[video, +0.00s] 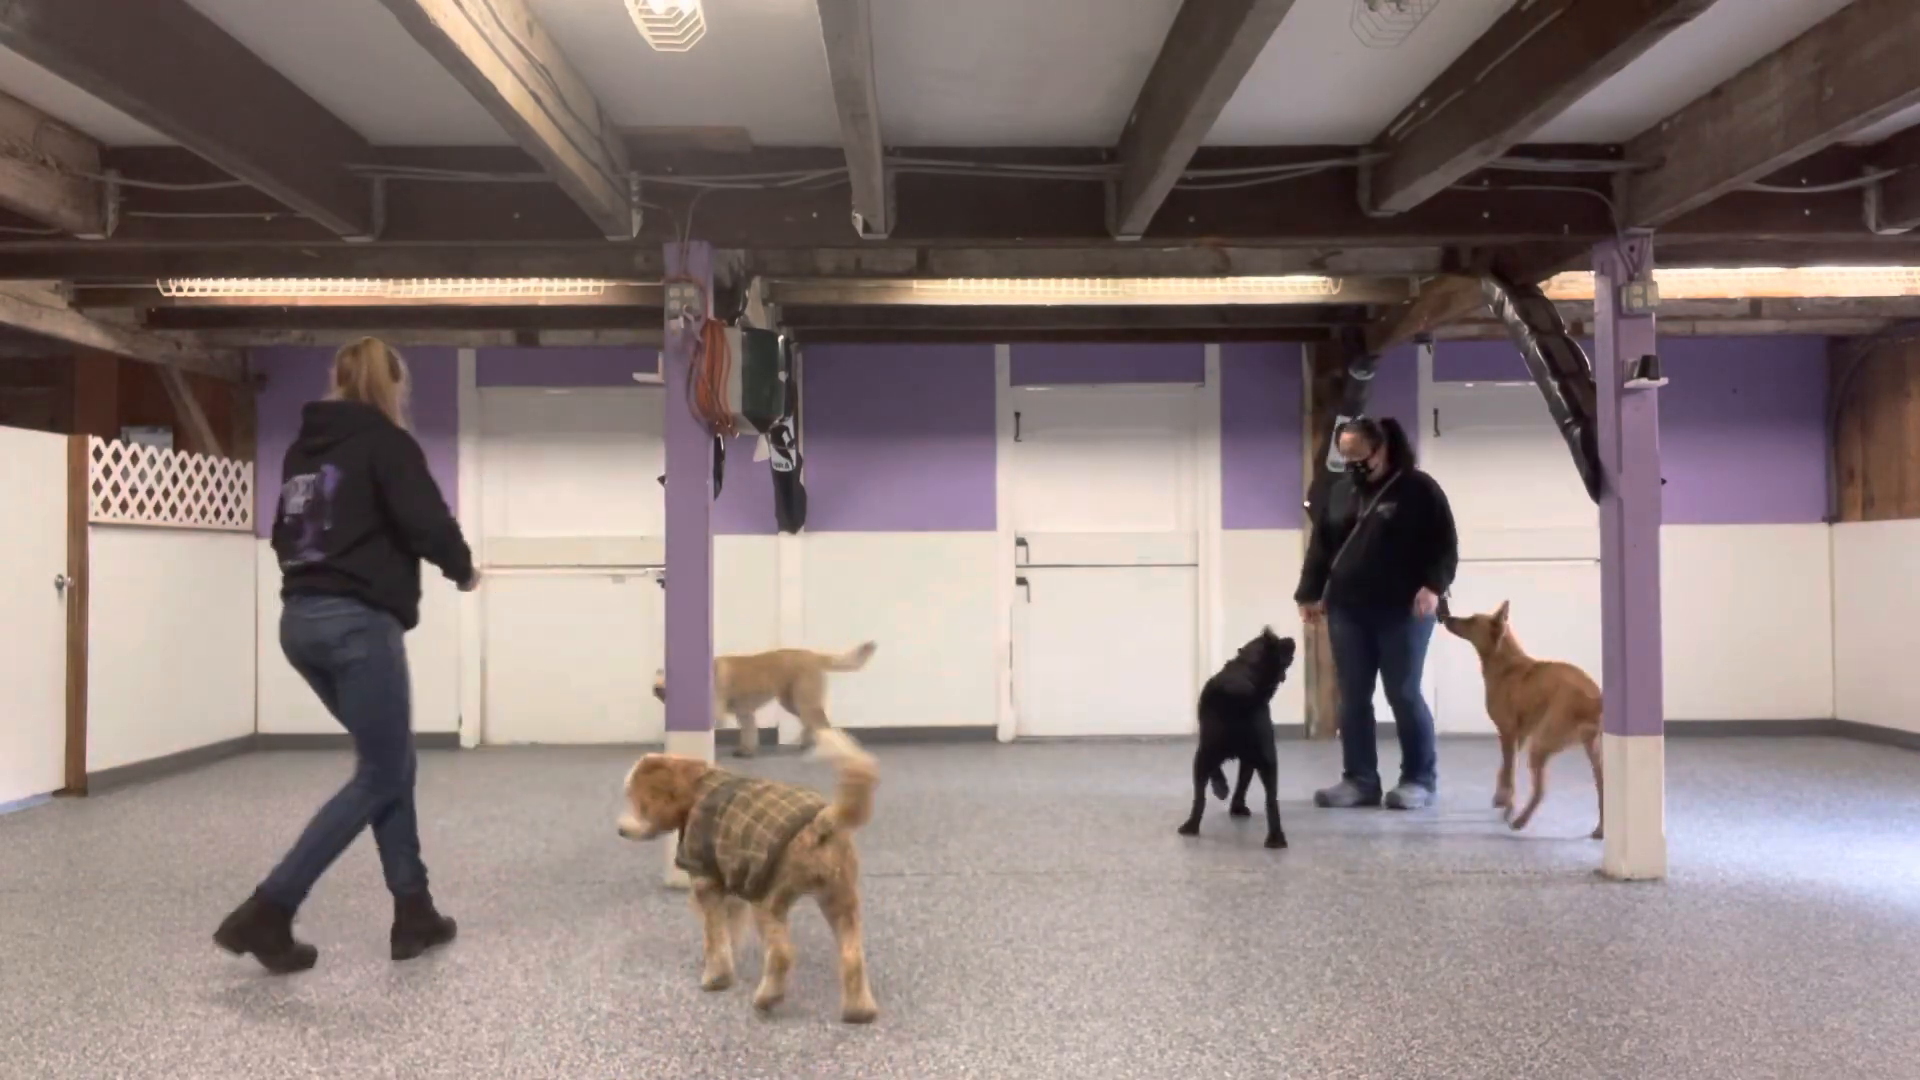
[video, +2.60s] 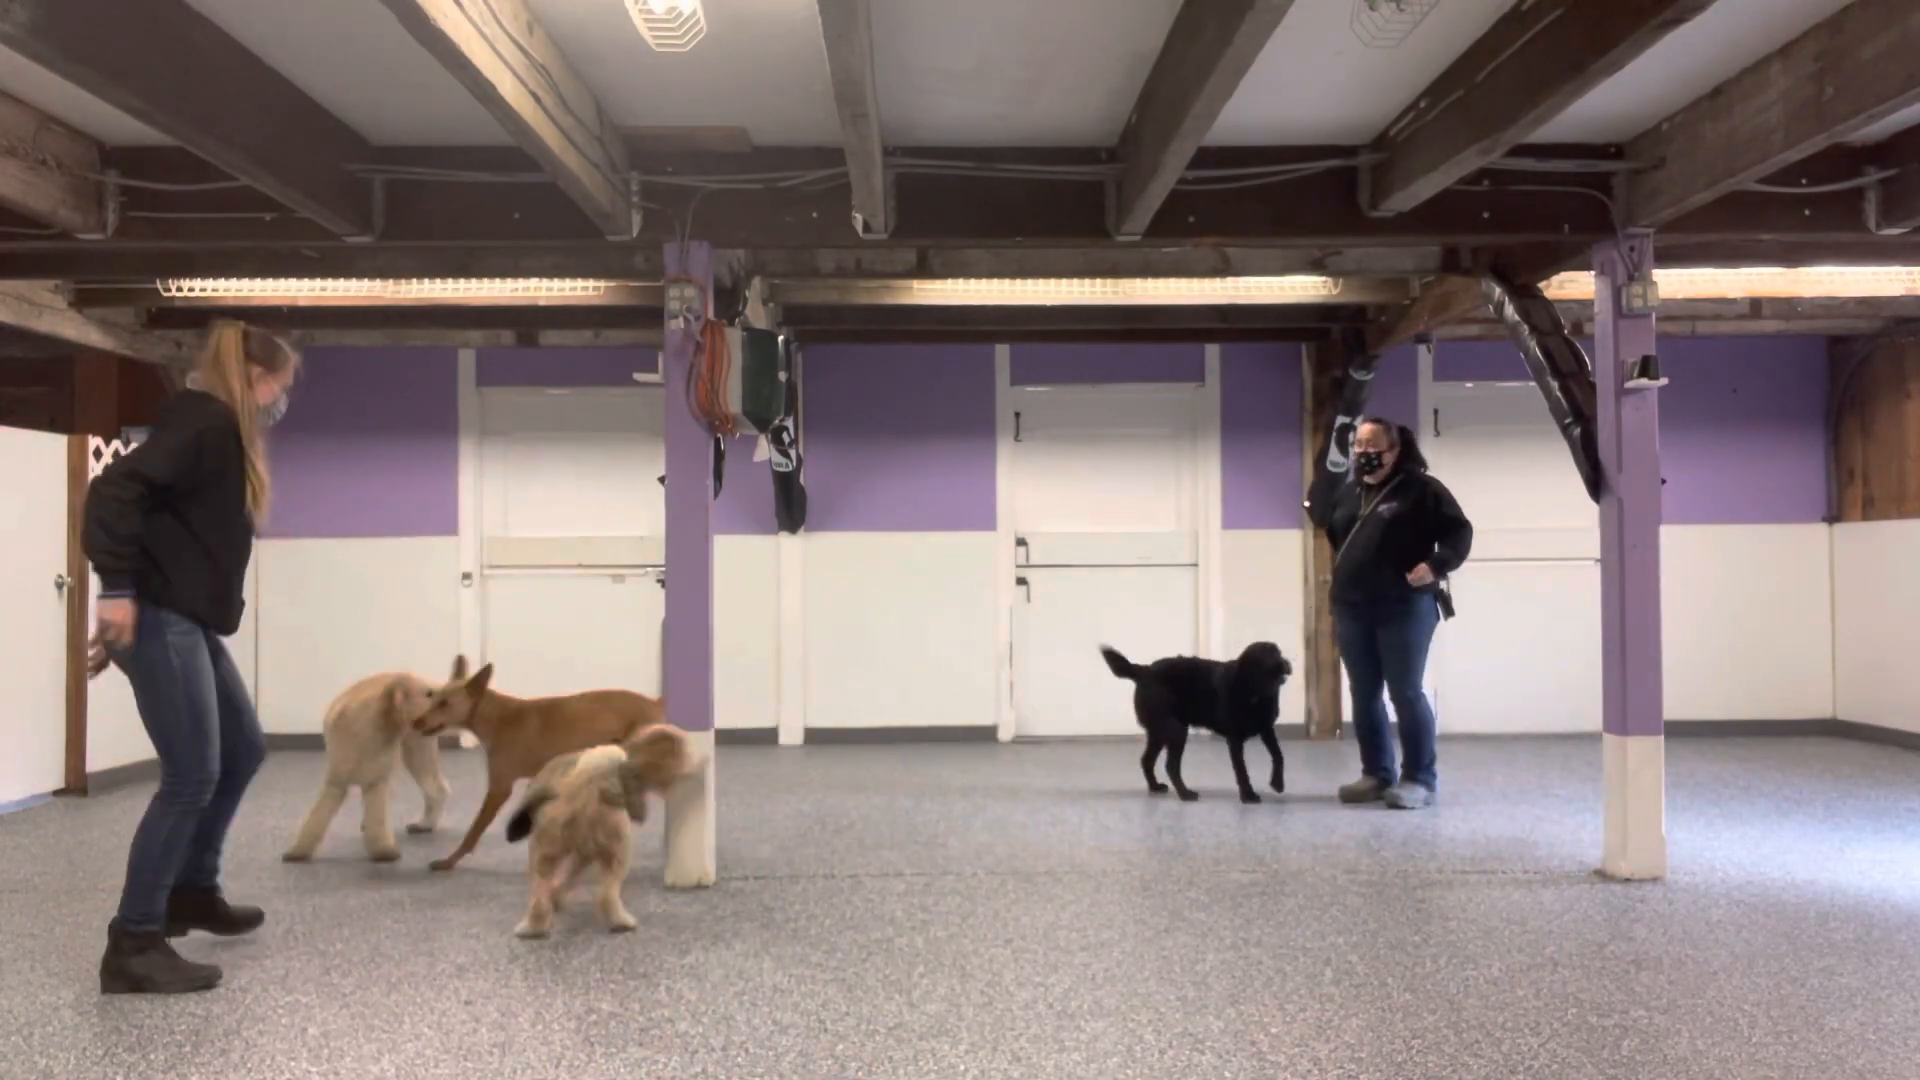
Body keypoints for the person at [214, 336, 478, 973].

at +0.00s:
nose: (406, 395)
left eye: (404, 385)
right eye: (403, 385)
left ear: (340, 382)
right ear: (390, 386)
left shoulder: (304, 446)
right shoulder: (387, 442)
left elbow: (286, 535)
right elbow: (426, 522)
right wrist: (463, 569)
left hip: (301, 621)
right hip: (360, 622)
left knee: (392, 765)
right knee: (383, 773)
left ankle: (413, 911)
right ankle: (267, 911)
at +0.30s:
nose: (365, 405)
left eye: (365, 393)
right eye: (363, 393)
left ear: (304, 383)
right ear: (350, 391)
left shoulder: (262, 437)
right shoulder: (332, 443)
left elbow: (230, 528)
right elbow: (351, 530)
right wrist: (396, 591)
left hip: (236, 621)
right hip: (289, 625)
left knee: (338, 736)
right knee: (309, 779)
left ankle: (325, 893)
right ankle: (231, 930)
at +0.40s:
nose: (349, 405)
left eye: (349, 394)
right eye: (347, 394)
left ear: (287, 385)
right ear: (332, 391)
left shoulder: (247, 438)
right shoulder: (316, 442)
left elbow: (210, 526)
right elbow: (323, 528)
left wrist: (249, 582)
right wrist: (372, 595)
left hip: (223, 619)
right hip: (275, 621)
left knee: (293, 756)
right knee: (301, 772)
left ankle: (263, 890)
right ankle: (230, 931)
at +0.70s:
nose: (300, 441)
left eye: (299, 431)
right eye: (297, 430)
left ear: (241, 422)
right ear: (283, 426)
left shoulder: (204, 466)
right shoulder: (276, 465)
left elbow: (180, 540)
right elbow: (276, 537)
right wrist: (310, 605)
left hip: (154, 616)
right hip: (218, 618)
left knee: (190, 751)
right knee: (254, 772)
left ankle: (166, 893)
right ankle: (228, 931)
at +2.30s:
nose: (277, 458)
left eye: (281, 448)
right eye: (275, 446)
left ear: (231, 430)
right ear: (253, 434)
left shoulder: (202, 467)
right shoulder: (230, 462)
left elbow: (177, 540)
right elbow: (191, 522)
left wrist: (230, 600)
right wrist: (235, 594)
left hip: (123, 609)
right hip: (152, 608)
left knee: (188, 757)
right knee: (195, 763)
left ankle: (172, 892)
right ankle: (142, 935)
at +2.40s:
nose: (277, 439)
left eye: (281, 428)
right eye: (274, 426)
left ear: (240, 414)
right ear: (248, 414)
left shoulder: (218, 456)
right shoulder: (215, 449)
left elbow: (183, 534)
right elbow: (169, 520)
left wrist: (201, 606)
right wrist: (208, 594)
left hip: (145, 614)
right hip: (147, 615)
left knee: (183, 761)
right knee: (201, 771)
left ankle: (171, 892)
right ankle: (135, 943)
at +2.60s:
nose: (280, 401)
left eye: (286, 389)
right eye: (278, 385)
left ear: (253, 374)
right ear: (248, 371)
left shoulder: (229, 430)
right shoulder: (203, 418)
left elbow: (167, 513)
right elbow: (114, 492)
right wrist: (117, 588)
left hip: (190, 619)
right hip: (156, 618)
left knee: (242, 751)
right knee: (191, 775)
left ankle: (190, 893)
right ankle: (132, 945)